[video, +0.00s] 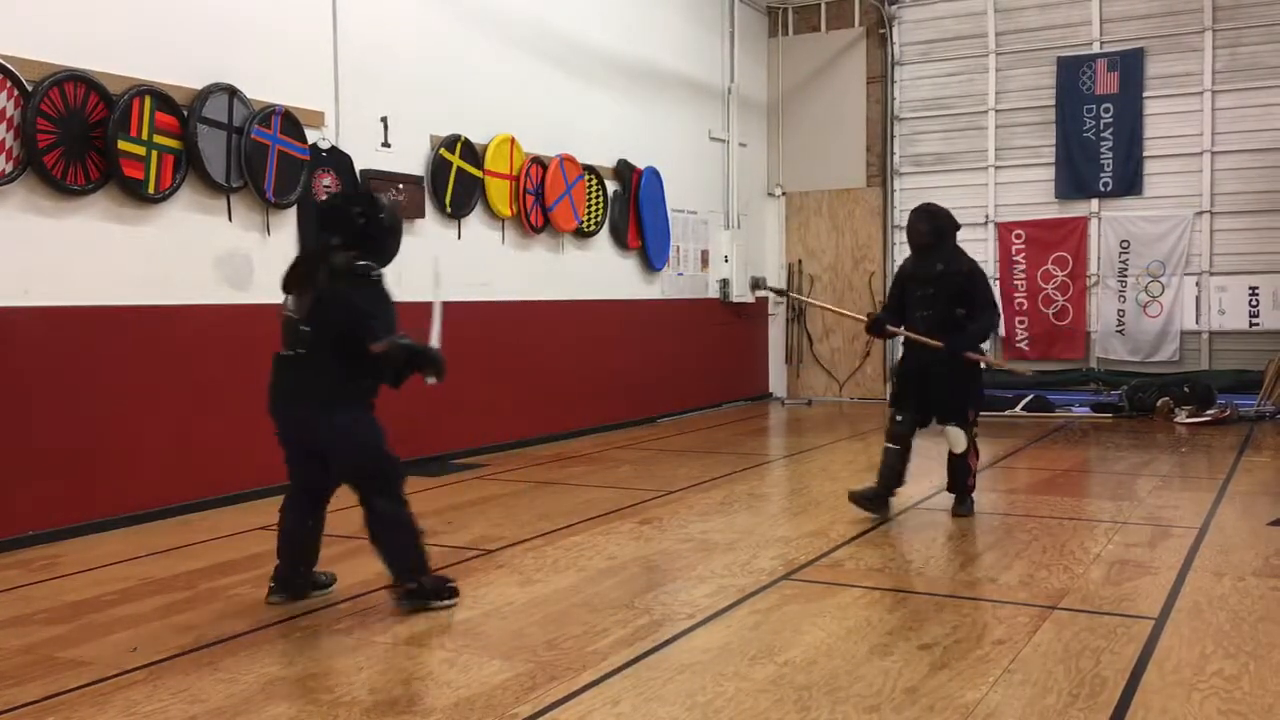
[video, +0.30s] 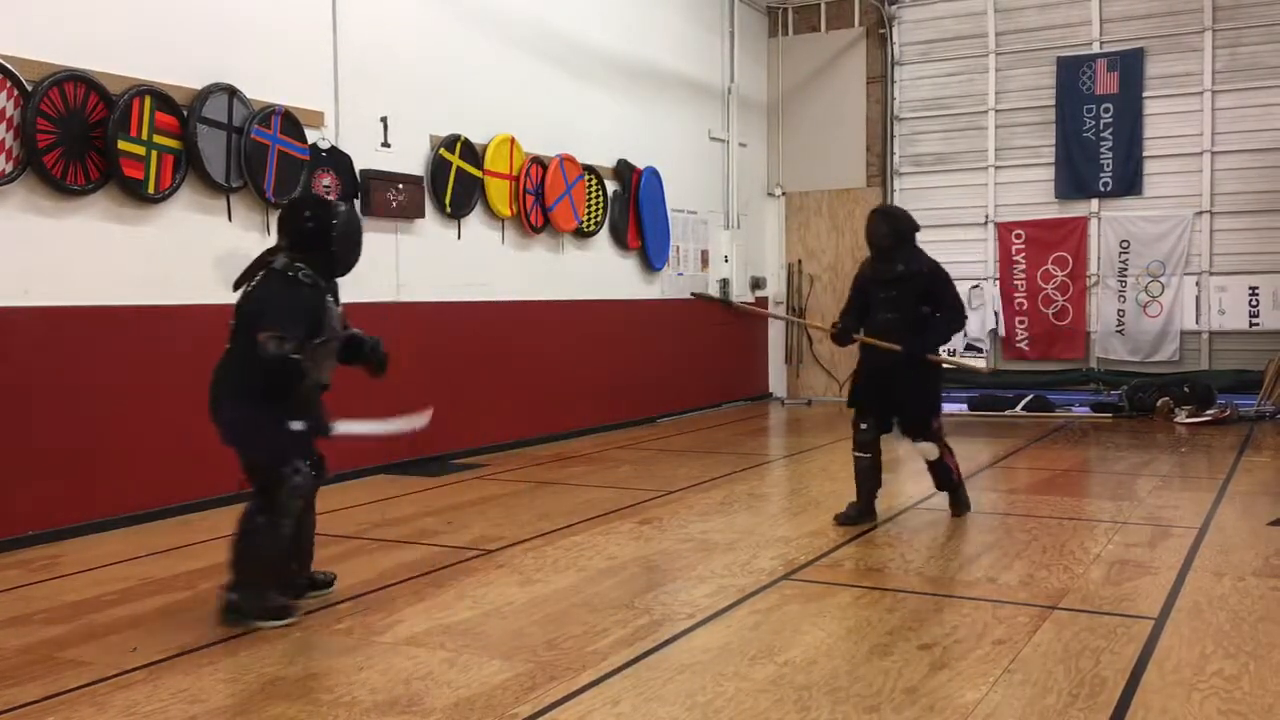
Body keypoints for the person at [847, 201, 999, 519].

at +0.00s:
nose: (912, 235)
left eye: (919, 229)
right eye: (911, 229)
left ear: (938, 231)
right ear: (910, 232)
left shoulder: (964, 269)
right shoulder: (909, 268)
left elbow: (989, 315)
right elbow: (895, 313)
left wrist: (965, 339)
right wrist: (881, 324)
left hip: (956, 362)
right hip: (916, 360)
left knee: (957, 431)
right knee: (899, 425)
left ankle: (963, 495)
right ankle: (882, 491)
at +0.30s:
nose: (876, 240)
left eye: (881, 233)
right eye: (872, 233)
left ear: (898, 233)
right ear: (870, 236)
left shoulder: (926, 270)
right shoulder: (869, 271)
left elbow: (955, 317)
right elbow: (854, 312)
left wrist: (923, 342)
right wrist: (843, 331)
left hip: (915, 368)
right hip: (874, 367)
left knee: (925, 437)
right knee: (865, 433)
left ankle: (955, 488)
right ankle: (865, 505)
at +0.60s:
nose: (850, 236)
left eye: (857, 229)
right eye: (846, 229)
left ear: (874, 228)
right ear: (841, 229)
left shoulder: (900, 265)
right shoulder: (838, 266)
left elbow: (932, 312)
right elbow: (822, 310)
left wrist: (901, 340)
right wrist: (823, 326)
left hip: (889, 364)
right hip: (850, 364)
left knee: (884, 435)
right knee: (855, 434)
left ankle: (882, 510)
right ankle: (863, 504)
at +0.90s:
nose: (835, 229)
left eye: (842, 222)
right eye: (833, 222)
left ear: (861, 225)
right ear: (831, 225)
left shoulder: (889, 268)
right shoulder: (827, 265)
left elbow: (927, 316)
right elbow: (806, 304)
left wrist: (925, 362)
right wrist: (786, 316)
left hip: (875, 365)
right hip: (833, 364)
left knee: (865, 439)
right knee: (833, 439)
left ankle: (861, 520)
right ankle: (855, 499)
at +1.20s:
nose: (823, 226)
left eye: (830, 218)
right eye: (819, 219)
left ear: (848, 221)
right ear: (813, 222)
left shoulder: (877, 265)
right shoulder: (810, 265)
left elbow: (917, 310)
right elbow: (787, 305)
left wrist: (918, 359)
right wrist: (757, 324)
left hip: (863, 370)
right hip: (817, 368)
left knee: (859, 446)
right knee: (803, 441)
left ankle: (860, 523)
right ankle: (804, 521)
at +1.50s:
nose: (792, 245)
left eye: (798, 237)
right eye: (788, 238)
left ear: (817, 236)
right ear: (785, 239)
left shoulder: (854, 274)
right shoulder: (786, 279)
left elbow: (903, 312)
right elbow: (757, 322)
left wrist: (891, 363)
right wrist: (718, 345)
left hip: (846, 385)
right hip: (798, 385)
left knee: (854, 466)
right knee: (785, 460)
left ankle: (860, 526)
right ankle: (788, 536)